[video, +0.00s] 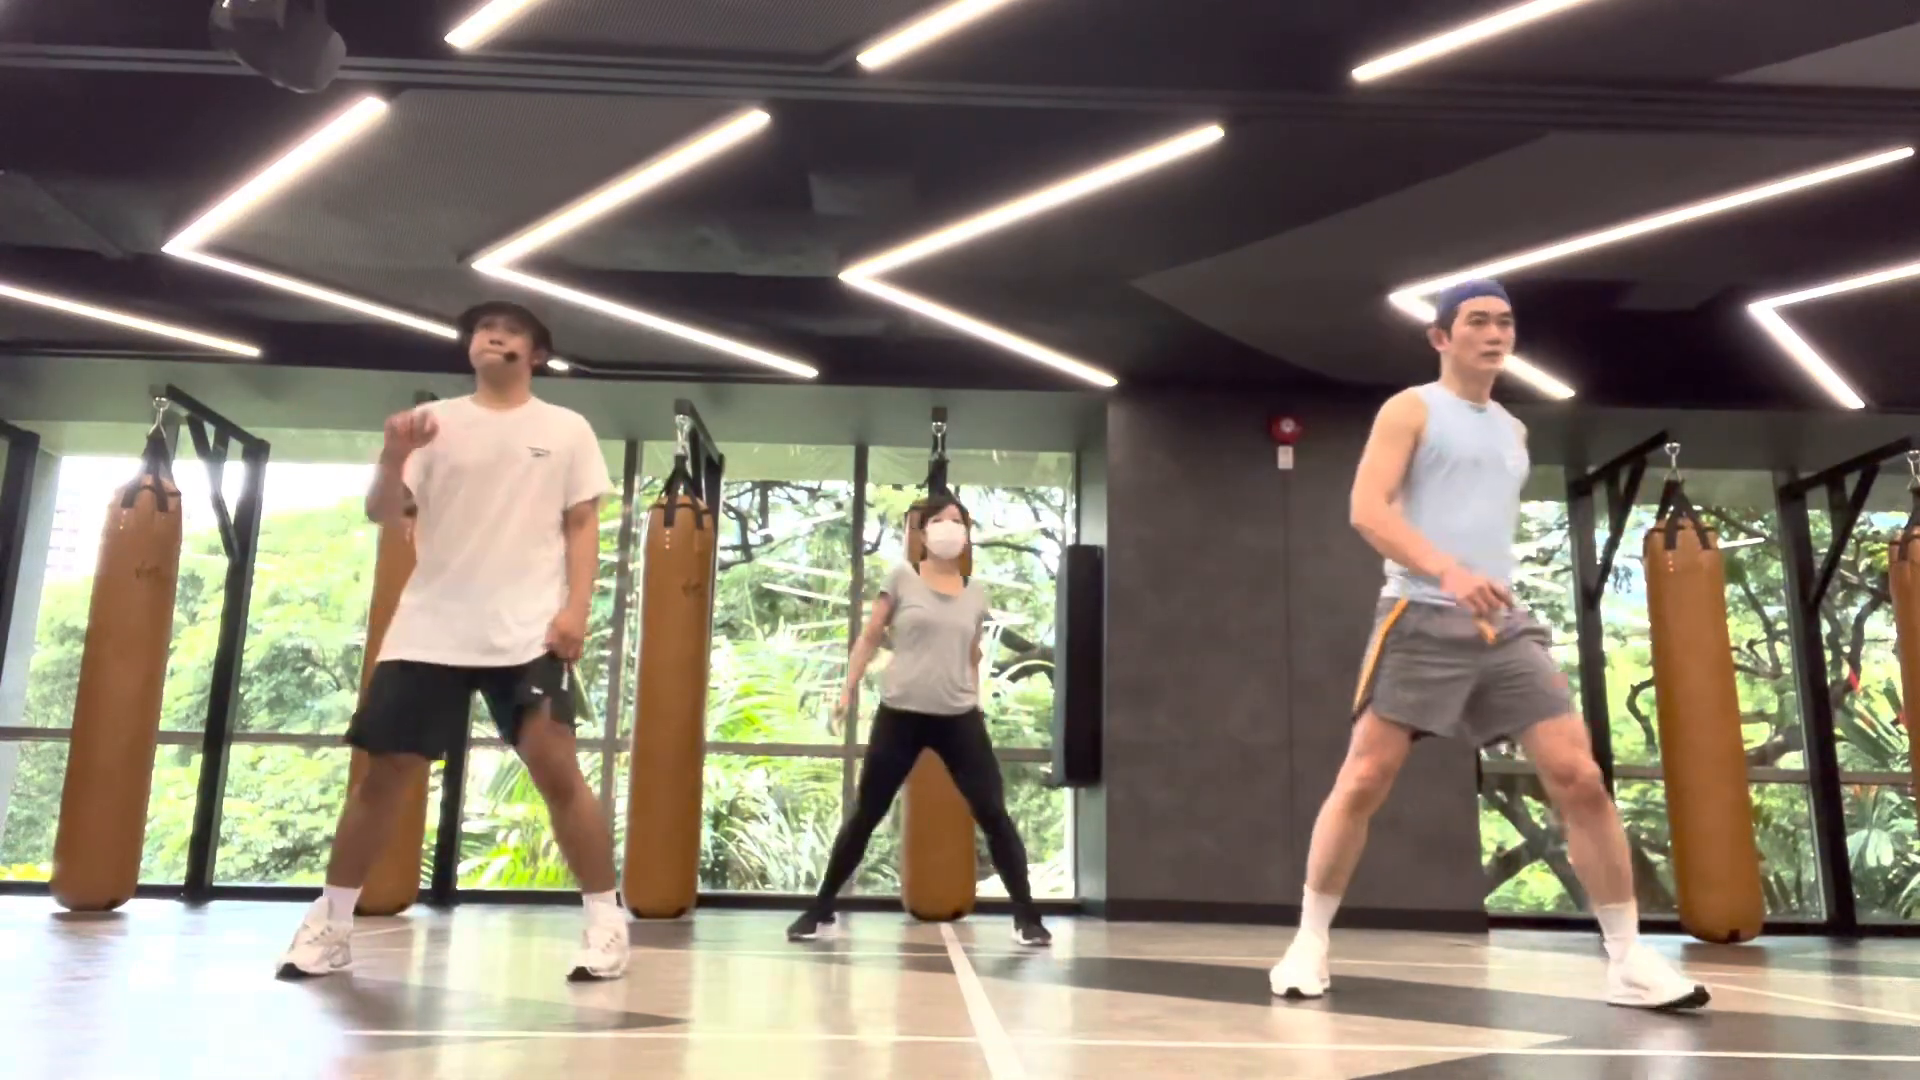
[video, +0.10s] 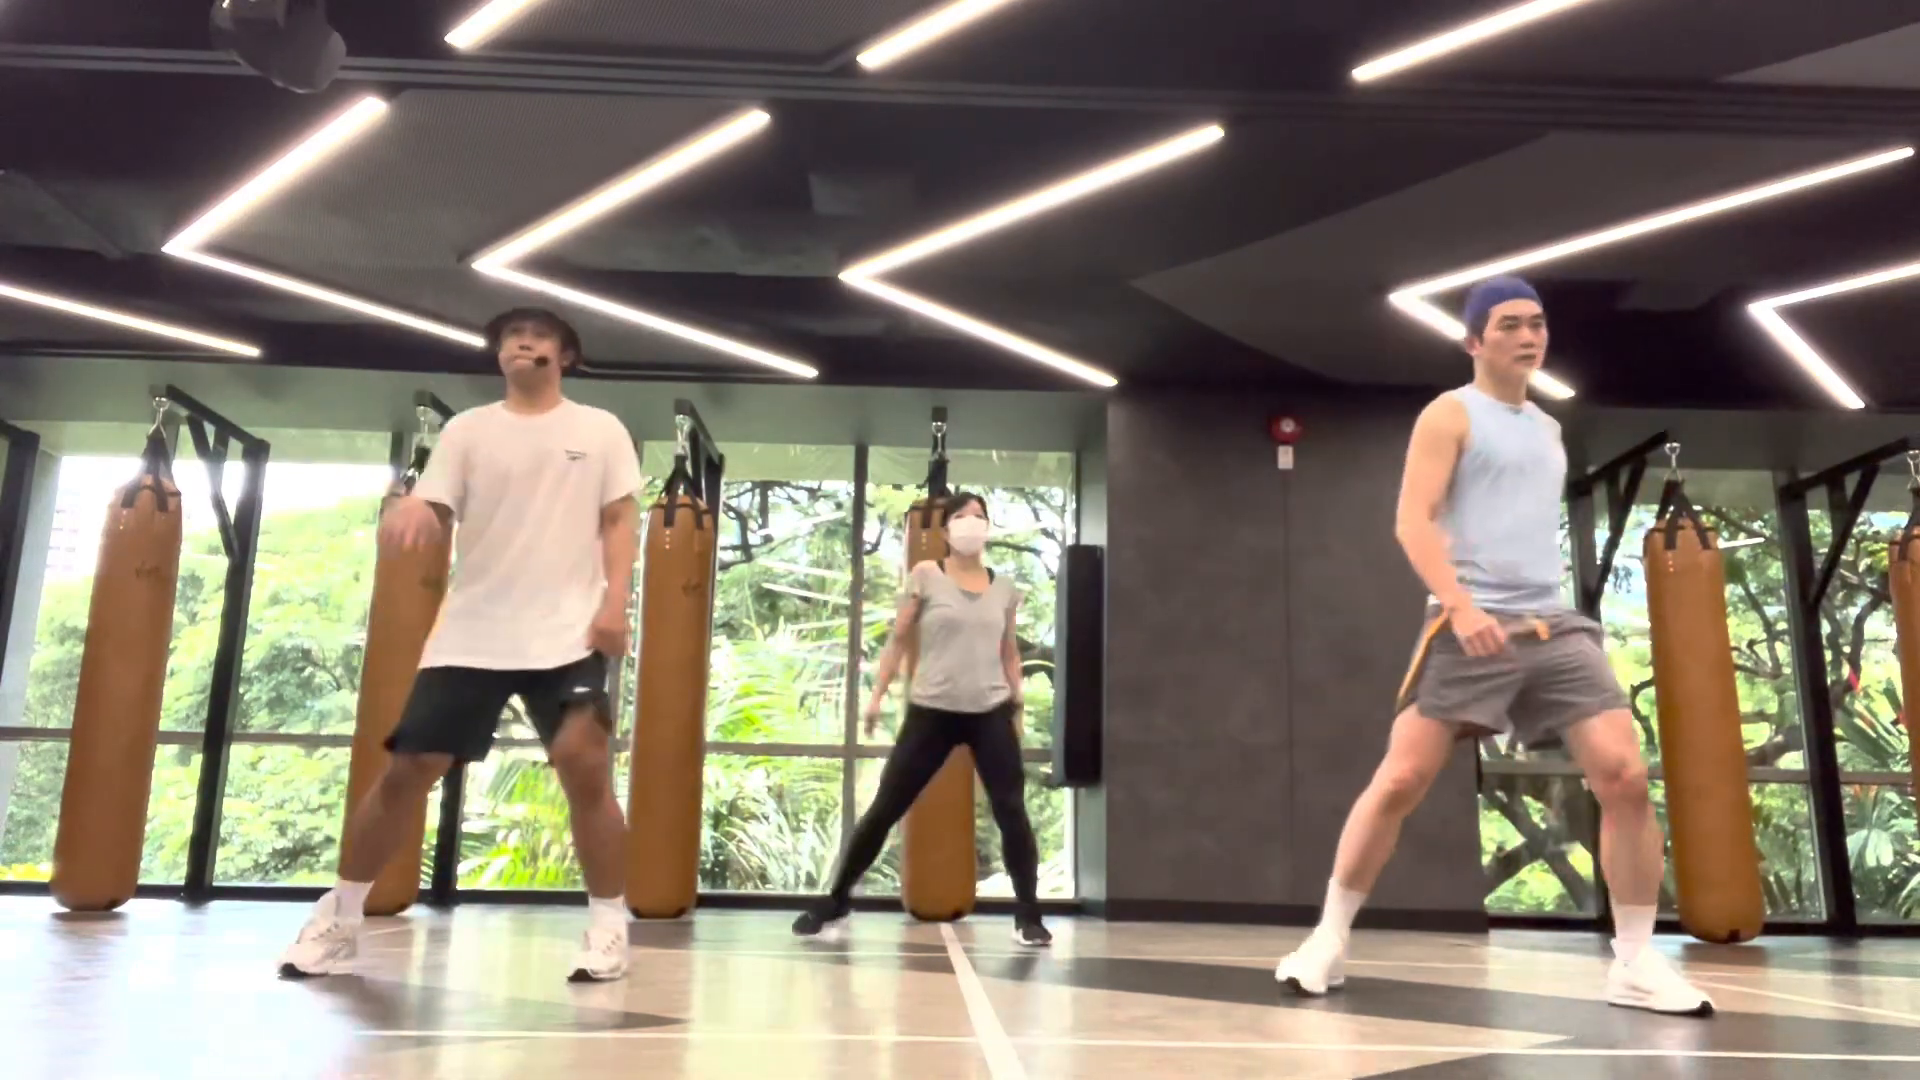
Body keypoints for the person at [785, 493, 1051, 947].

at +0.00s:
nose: (949, 529)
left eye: (957, 522)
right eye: (938, 522)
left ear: (967, 535)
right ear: (922, 533)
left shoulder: (976, 593)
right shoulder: (903, 578)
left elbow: (974, 657)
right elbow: (870, 638)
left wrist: (972, 706)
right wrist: (849, 691)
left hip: (959, 717)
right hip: (901, 715)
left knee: (994, 814)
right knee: (866, 813)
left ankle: (1026, 916)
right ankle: (822, 907)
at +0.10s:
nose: (971, 524)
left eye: (979, 518)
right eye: (961, 517)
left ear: (989, 531)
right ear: (945, 531)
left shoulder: (1005, 590)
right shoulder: (925, 575)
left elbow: (1009, 650)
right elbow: (897, 641)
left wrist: (1016, 699)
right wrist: (876, 697)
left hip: (991, 713)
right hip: (932, 712)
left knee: (1012, 812)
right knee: (884, 810)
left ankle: (1029, 915)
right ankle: (835, 900)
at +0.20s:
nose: (986, 515)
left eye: (994, 508)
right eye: (975, 508)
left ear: (1004, 521)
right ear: (960, 521)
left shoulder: (1020, 577)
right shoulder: (940, 568)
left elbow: (1036, 640)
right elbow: (917, 635)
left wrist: (1056, 695)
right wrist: (904, 695)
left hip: (1006, 703)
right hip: (947, 699)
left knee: (1019, 809)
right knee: (914, 802)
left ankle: (1029, 914)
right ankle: (883, 891)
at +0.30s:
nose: (994, 512)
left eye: (1002, 505)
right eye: (984, 505)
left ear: (1012, 517)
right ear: (968, 517)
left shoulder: (1030, 569)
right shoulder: (947, 566)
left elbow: (1056, 630)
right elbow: (931, 630)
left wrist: (1079, 683)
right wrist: (919, 689)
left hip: (1013, 696)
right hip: (957, 694)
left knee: (1021, 806)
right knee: (950, 796)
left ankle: (1028, 914)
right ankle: (938, 897)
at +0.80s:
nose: (976, 525)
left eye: (985, 519)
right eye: (968, 519)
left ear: (998, 531)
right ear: (954, 531)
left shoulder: (1017, 576)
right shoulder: (937, 580)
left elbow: (1041, 642)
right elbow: (925, 646)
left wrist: (1057, 697)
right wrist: (909, 698)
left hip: (1002, 709)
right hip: (944, 706)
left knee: (1013, 808)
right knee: (897, 798)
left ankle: (1028, 914)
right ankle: (879, 880)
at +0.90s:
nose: (962, 540)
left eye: (970, 534)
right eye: (954, 533)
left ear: (982, 546)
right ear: (939, 543)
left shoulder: (999, 596)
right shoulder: (919, 594)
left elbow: (1026, 656)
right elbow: (909, 655)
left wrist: (1045, 709)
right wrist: (892, 709)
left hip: (984, 721)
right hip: (927, 720)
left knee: (1003, 810)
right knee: (878, 810)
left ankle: (1028, 914)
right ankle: (850, 889)